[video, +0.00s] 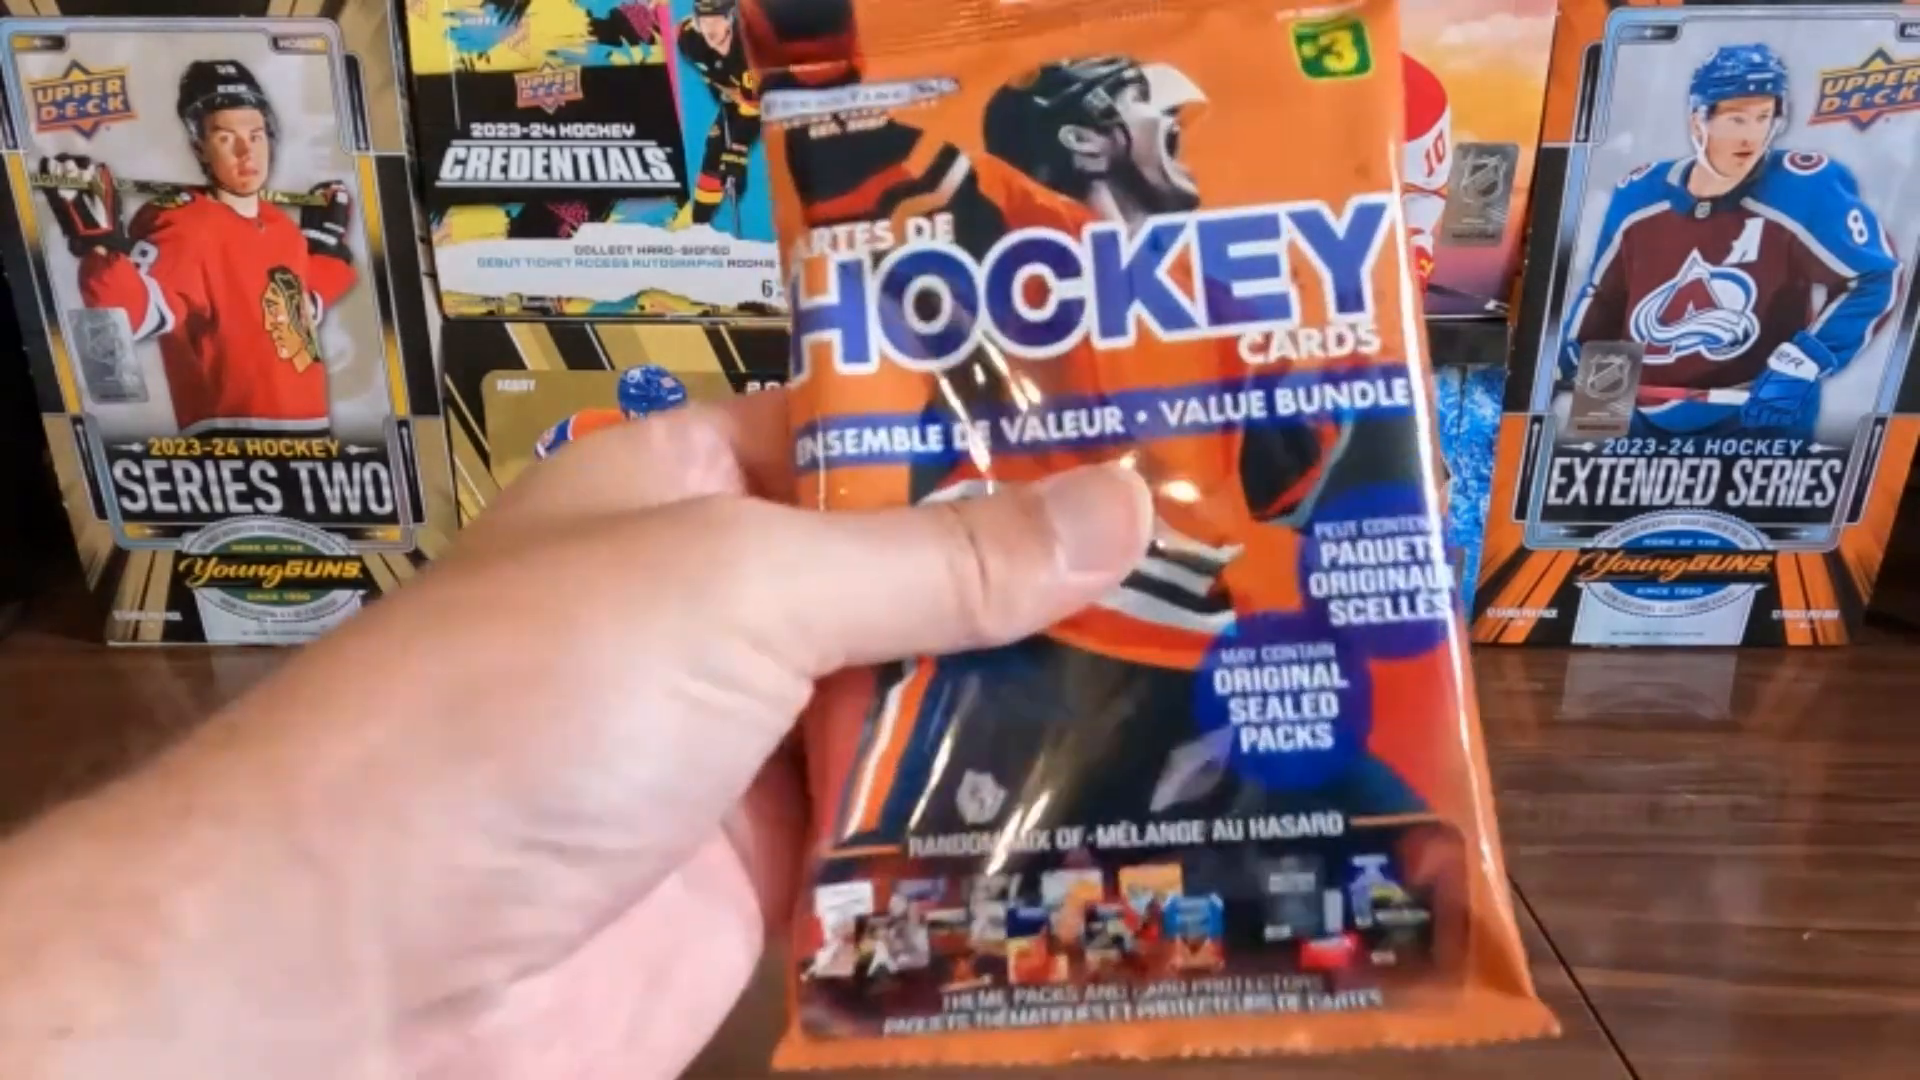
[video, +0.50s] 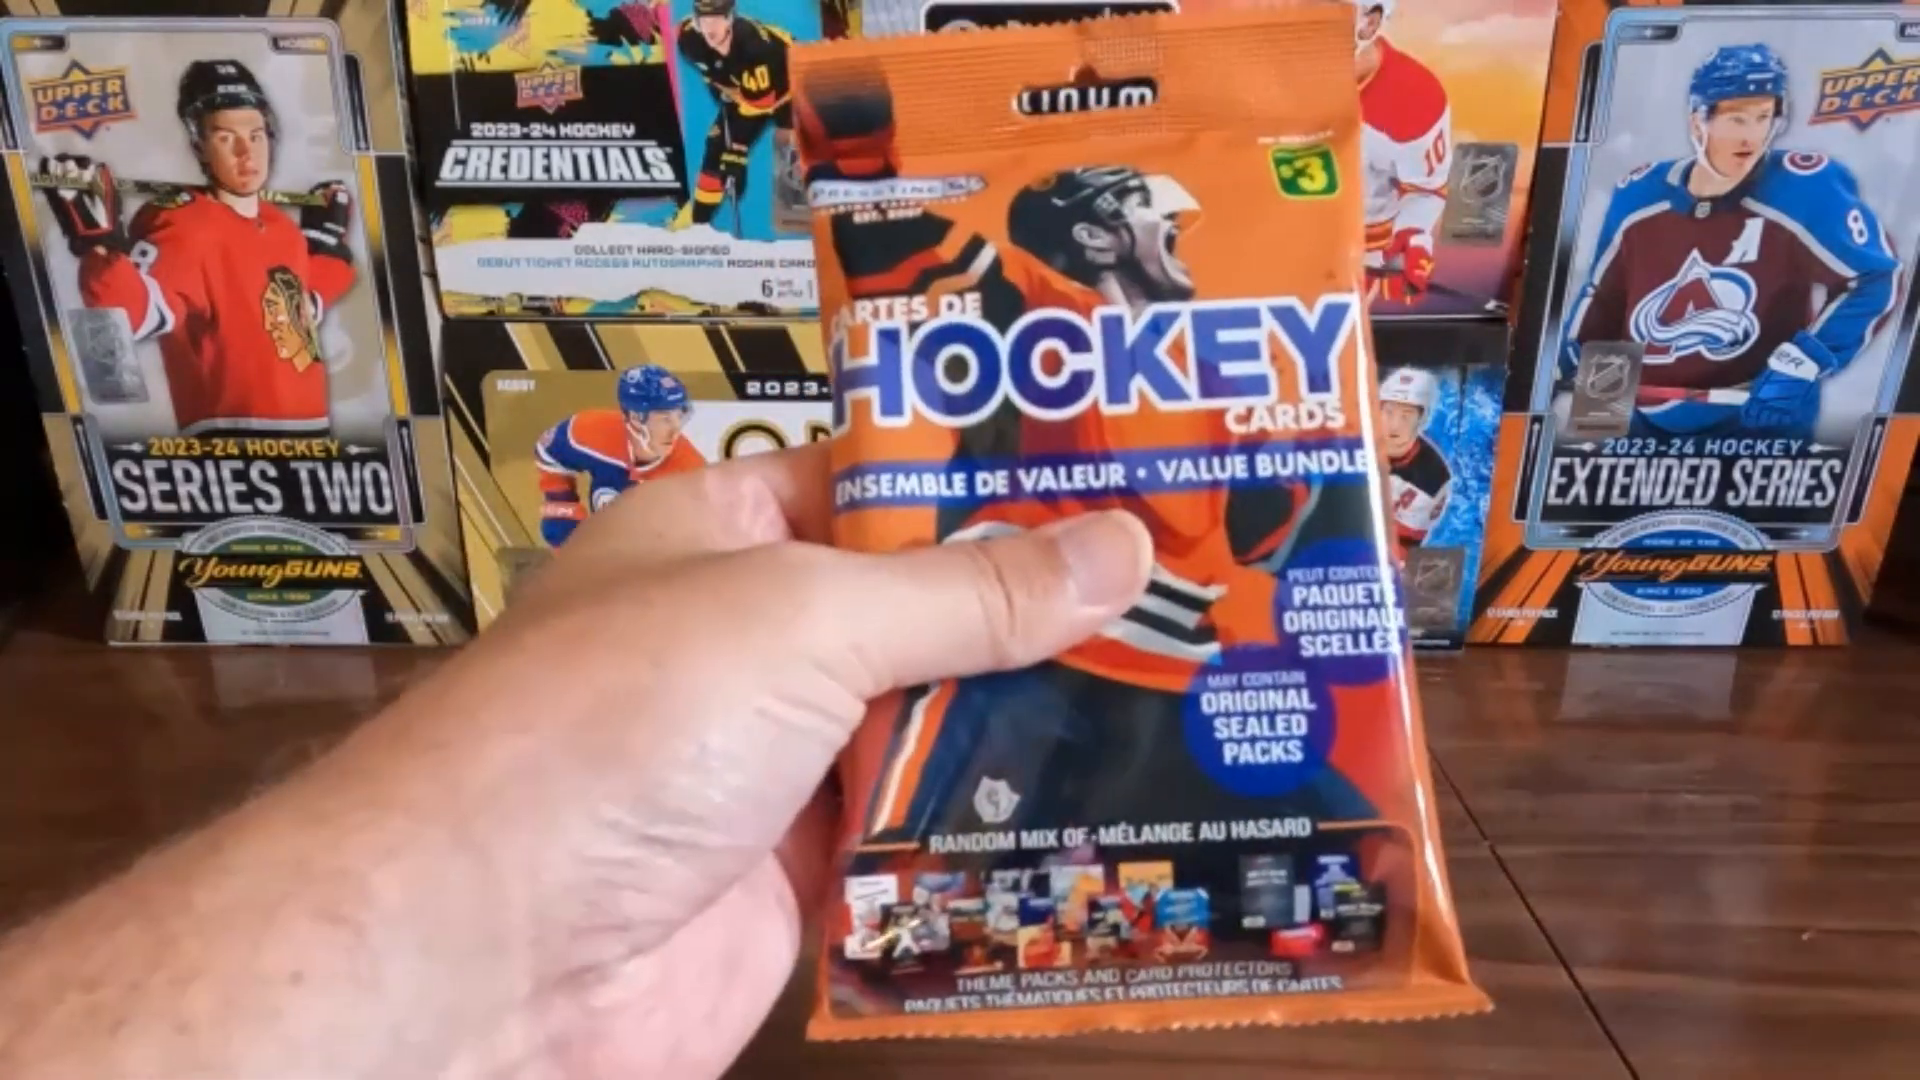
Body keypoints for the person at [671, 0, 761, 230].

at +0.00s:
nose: (710, 29)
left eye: (716, 21)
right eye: (704, 22)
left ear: (731, 18)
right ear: (696, 21)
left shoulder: (750, 44)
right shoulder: (688, 37)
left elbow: (751, 105)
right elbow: (709, 75)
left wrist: (736, 155)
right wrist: (731, 94)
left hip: (775, 98)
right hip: (733, 105)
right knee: (715, 152)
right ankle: (699, 222)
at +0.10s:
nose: (709, 29)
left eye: (716, 22)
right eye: (704, 22)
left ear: (729, 19)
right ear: (696, 21)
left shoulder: (752, 46)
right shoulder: (688, 36)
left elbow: (758, 107)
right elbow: (710, 72)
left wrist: (737, 151)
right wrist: (727, 88)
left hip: (785, 89)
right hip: (739, 96)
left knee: (795, 148)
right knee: (717, 149)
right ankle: (699, 221)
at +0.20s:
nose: (710, 29)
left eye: (716, 22)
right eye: (704, 22)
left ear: (730, 19)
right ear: (696, 22)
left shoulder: (753, 46)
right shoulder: (688, 38)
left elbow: (759, 107)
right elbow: (709, 73)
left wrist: (736, 154)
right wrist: (723, 93)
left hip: (790, 92)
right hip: (742, 98)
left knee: (802, 161)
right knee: (717, 147)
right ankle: (699, 219)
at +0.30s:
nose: (710, 29)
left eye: (716, 21)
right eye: (704, 21)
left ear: (730, 19)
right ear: (696, 21)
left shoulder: (753, 46)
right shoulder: (688, 38)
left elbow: (759, 107)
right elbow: (709, 73)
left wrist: (736, 155)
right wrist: (723, 94)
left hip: (789, 90)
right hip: (741, 97)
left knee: (802, 160)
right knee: (716, 149)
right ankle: (699, 221)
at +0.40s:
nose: (709, 28)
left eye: (716, 21)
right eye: (703, 21)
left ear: (729, 18)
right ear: (696, 21)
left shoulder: (754, 46)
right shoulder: (689, 38)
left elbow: (759, 106)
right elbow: (708, 71)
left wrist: (736, 156)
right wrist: (722, 92)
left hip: (790, 90)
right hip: (743, 97)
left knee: (802, 157)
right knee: (717, 148)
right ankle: (698, 220)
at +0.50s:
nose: (709, 28)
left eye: (715, 21)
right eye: (703, 21)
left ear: (729, 19)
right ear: (696, 21)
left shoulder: (752, 46)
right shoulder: (689, 37)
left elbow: (758, 107)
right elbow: (709, 73)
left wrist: (737, 154)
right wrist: (725, 95)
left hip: (789, 88)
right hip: (741, 97)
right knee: (716, 146)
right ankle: (699, 219)